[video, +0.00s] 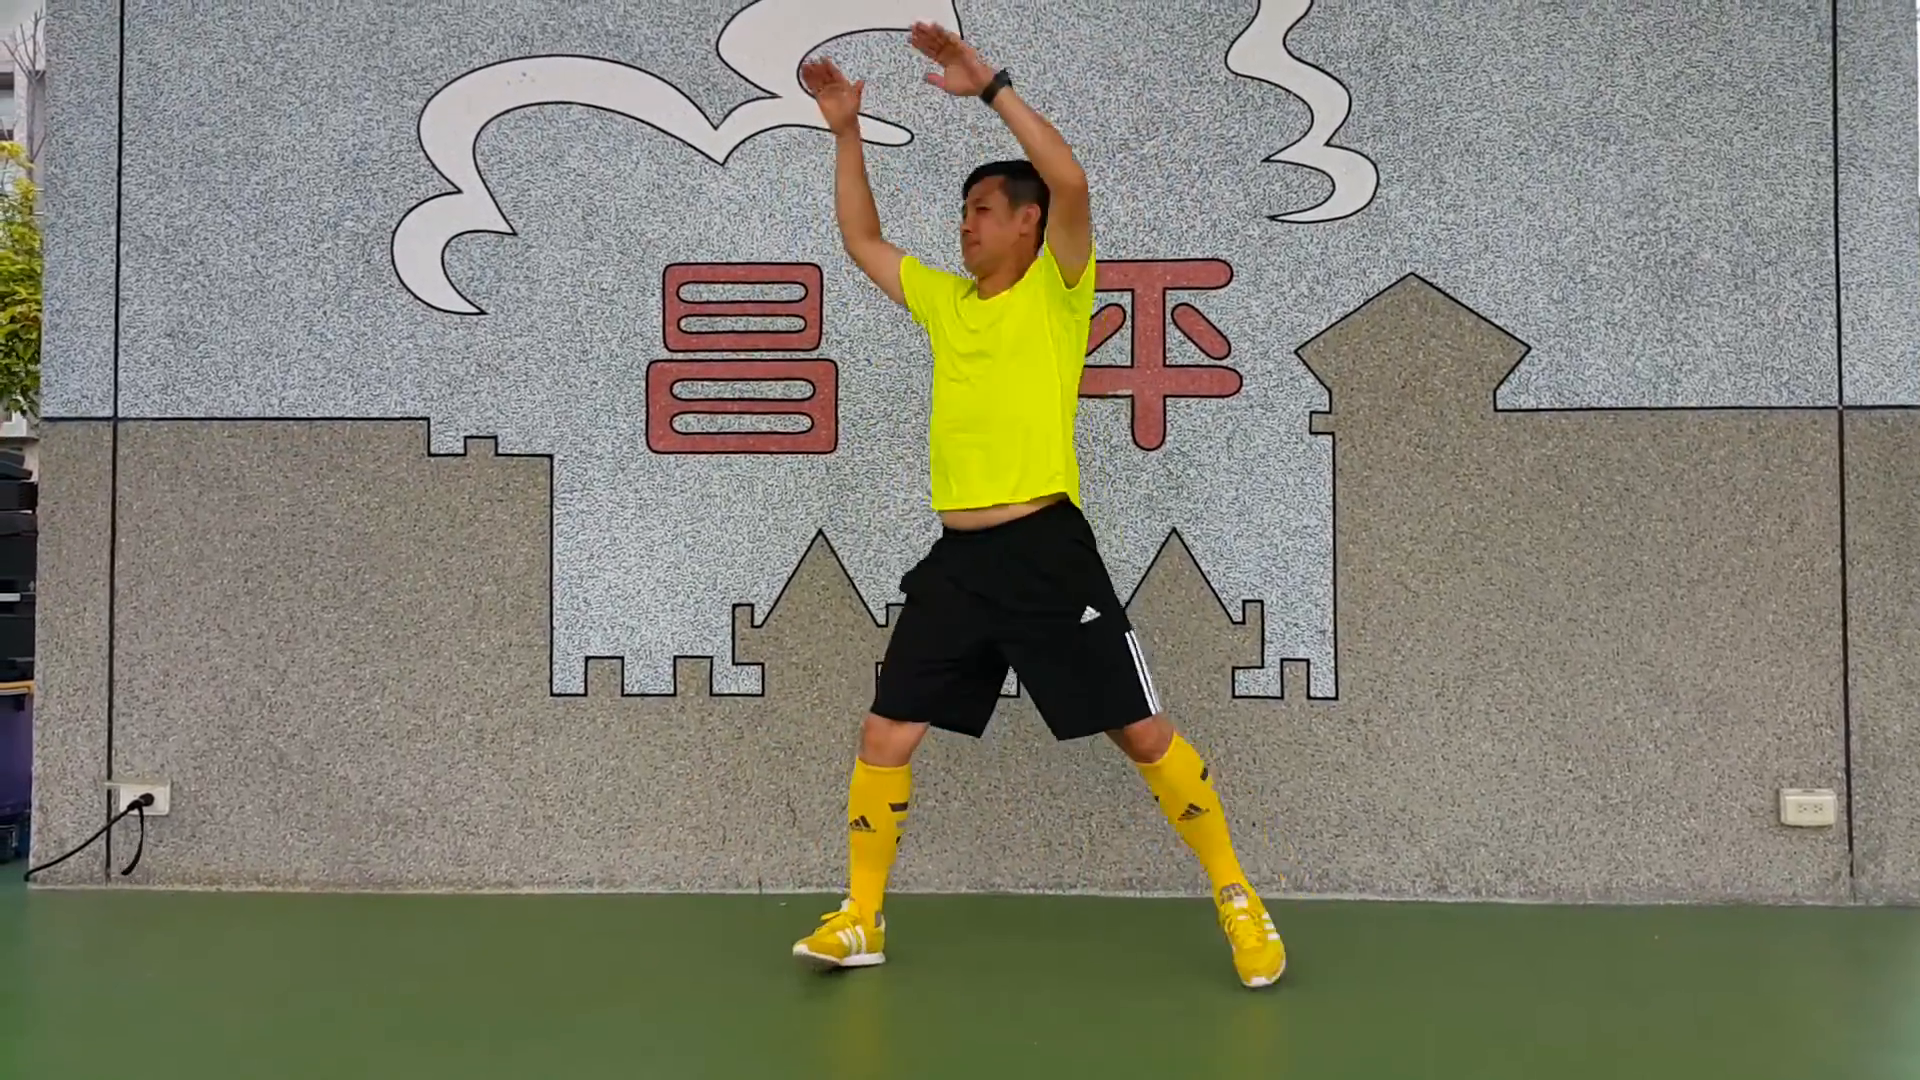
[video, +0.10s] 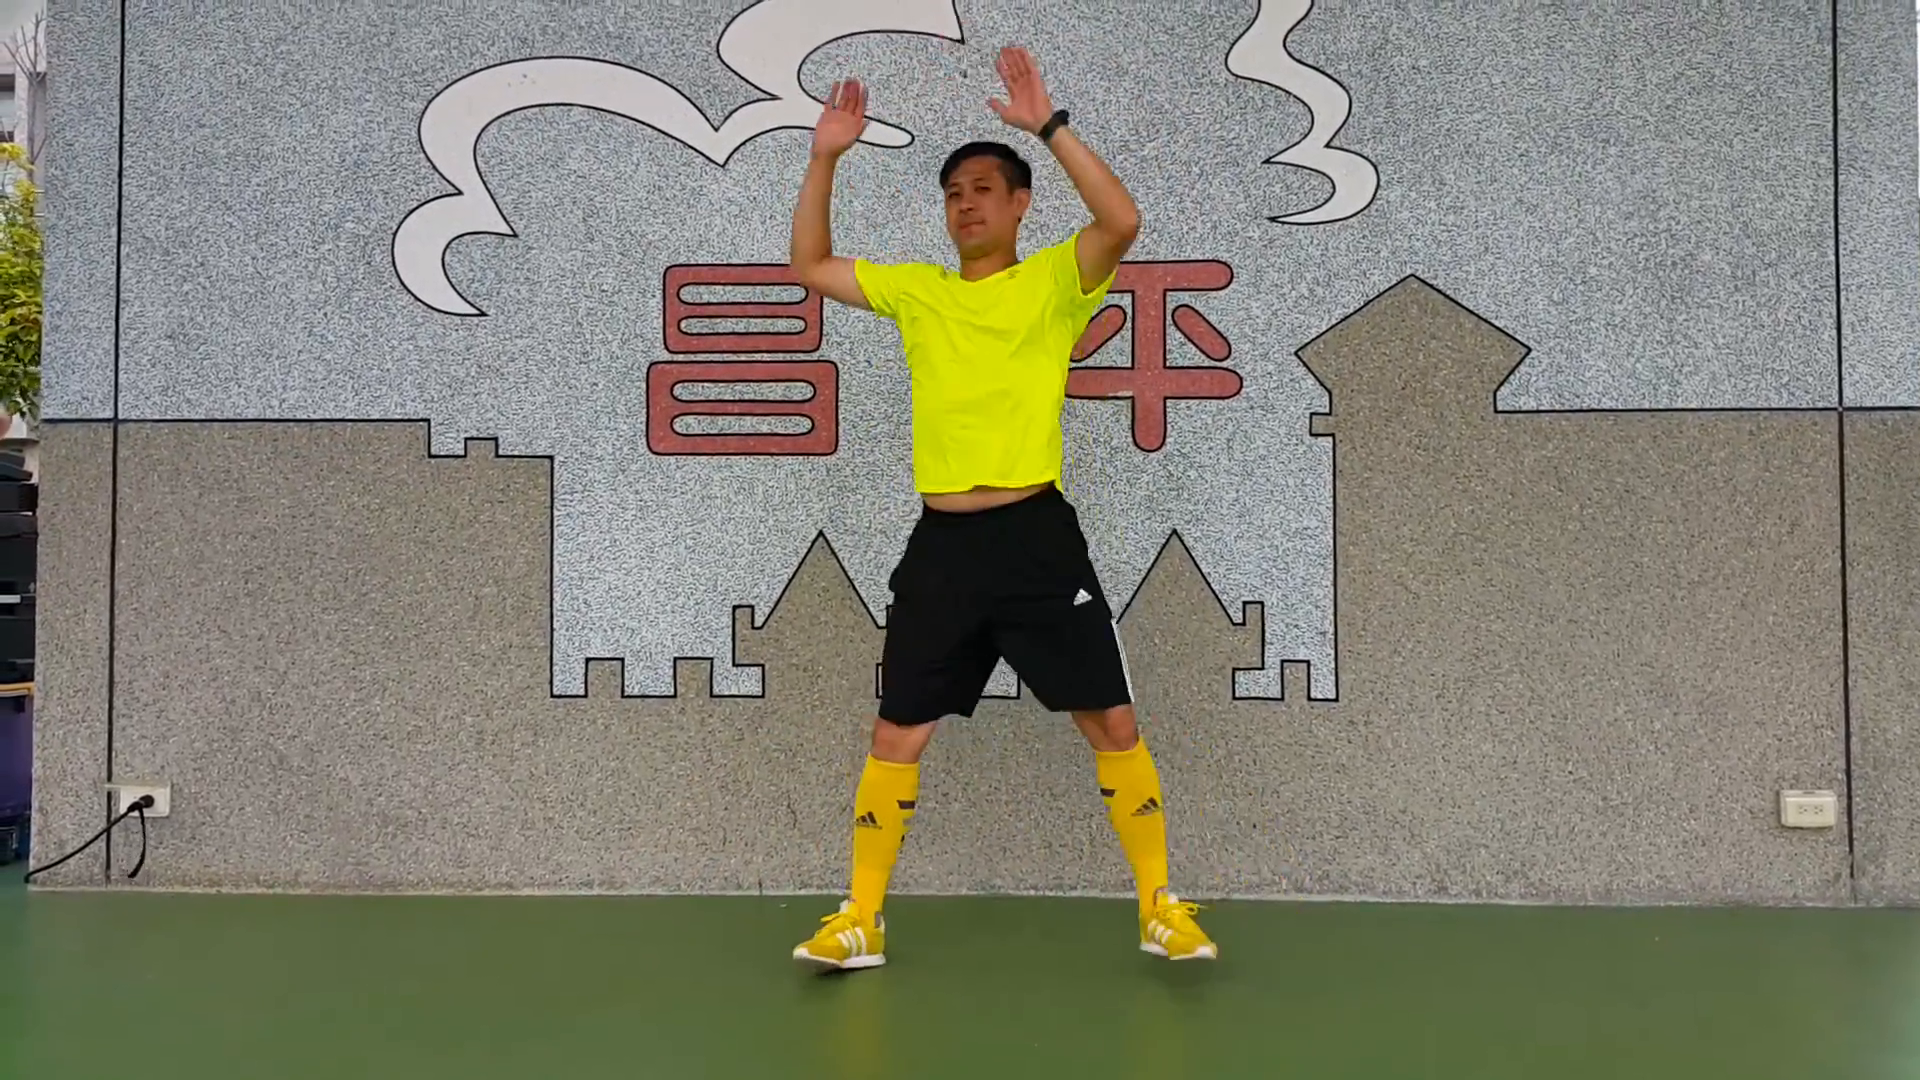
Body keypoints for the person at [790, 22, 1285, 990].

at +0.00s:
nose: (969, 223)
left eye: (987, 211)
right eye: (966, 211)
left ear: (1034, 223)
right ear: (966, 227)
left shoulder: (1061, 290)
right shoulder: (942, 299)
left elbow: (1070, 188)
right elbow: (862, 240)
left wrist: (988, 83)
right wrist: (845, 127)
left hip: (1051, 551)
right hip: (955, 561)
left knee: (1144, 736)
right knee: (885, 736)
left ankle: (1236, 898)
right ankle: (860, 919)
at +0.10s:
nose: (968, 200)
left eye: (986, 187)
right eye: (957, 191)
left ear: (1024, 204)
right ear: (942, 213)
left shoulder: (1056, 281)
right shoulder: (918, 290)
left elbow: (1119, 221)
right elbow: (811, 263)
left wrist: (1048, 125)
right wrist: (823, 157)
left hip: (1038, 536)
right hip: (940, 544)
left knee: (1111, 722)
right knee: (897, 731)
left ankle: (1159, 907)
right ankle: (860, 919)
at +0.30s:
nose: (976, 211)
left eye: (990, 198)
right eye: (959, 201)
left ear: (1016, 214)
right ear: (939, 222)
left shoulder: (1055, 310)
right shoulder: (908, 315)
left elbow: (1119, 412)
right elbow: (842, 417)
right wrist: (805, 347)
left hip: (1023, 553)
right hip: (923, 551)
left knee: (1068, 730)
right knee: (889, 731)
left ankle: (1121, 918)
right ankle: (857, 924)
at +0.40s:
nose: (981, 214)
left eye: (996, 200)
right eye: (965, 203)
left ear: (1019, 217)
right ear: (943, 223)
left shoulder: (1062, 310)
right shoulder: (907, 315)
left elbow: (1155, 363)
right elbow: (814, 381)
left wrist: (1148, 279)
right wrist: (800, 291)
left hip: (1027, 559)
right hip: (924, 556)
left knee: (1074, 737)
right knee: (890, 732)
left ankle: (1123, 921)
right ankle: (859, 925)